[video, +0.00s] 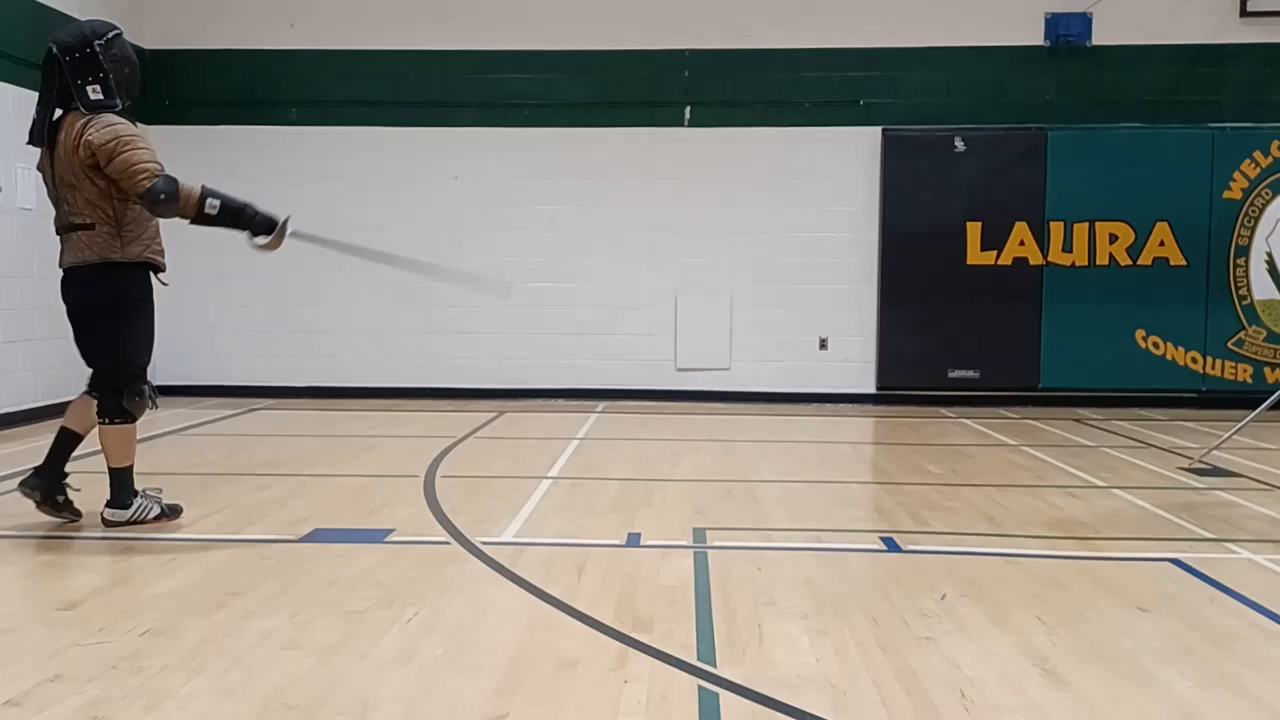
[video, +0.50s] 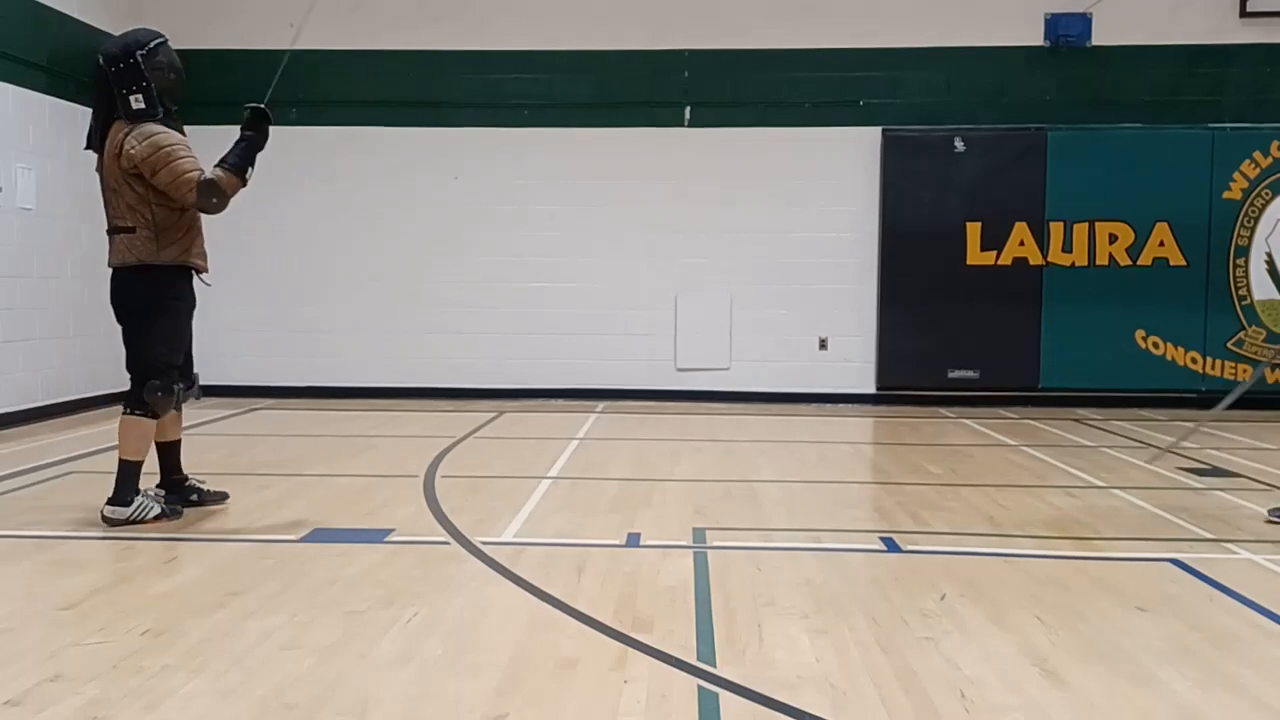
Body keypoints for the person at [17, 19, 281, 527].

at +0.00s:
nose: (128, 73)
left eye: (125, 63)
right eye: (120, 64)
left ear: (72, 74)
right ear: (99, 70)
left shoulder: (62, 131)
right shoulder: (105, 129)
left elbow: (73, 207)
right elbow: (160, 193)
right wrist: (241, 213)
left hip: (85, 276)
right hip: (117, 276)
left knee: (111, 380)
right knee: (122, 386)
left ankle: (47, 476)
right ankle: (123, 499)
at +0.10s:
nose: (135, 73)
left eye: (132, 63)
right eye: (127, 64)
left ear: (82, 74)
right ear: (106, 69)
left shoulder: (76, 129)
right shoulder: (111, 129)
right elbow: (171, 186)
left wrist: (226, 190)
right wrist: (256, 188)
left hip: (100, 274)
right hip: (123, 275)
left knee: (124, 381)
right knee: (130, 386)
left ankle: (74, 473)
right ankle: (124, 498)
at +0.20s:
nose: (146, 70)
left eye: (142, 61)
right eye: (136, 62)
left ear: (93, 74)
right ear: (115, 69)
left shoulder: (92, 129)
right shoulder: (120, 130)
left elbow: (174, 188)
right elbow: (178, 188)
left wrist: (233, 176)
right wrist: (250, 167)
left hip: (113, 272)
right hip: (126, 274)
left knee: (137, 379)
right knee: (132, 382)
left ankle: (114, 479)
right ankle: (120, 493)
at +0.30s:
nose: (159, 72)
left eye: (155, 62)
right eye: (148, 63)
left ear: (106, 76)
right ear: (124, 72)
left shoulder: (101, 129)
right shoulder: (129, 133)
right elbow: (188, 192)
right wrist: (250, 153)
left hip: (133, 274)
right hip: (129, 277)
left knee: (158, 377)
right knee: (130, 384)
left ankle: (155, 482)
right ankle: (122, 500)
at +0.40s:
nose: (168, 74)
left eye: (164, 63)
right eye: (158, 66)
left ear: (116, 81)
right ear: (135, 77)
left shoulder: (112, 134)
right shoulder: (140, 137)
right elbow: (201, 195)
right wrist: (247, 143)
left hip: (141, 279)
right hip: (143, 282)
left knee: (165, 383)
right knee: (138, 387)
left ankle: (174, 484)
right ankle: (123, 499)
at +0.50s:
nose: (177, 74)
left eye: (172, 63)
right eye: (166, 66)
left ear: (124, 82)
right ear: (143, 78)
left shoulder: (120, 136)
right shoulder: (150, 139)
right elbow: (211, 195)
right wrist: (250, 141)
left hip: (148, 278)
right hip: (156, 280)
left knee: (170, 383)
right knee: (150, 385)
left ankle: (174, 483)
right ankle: (124, 498)